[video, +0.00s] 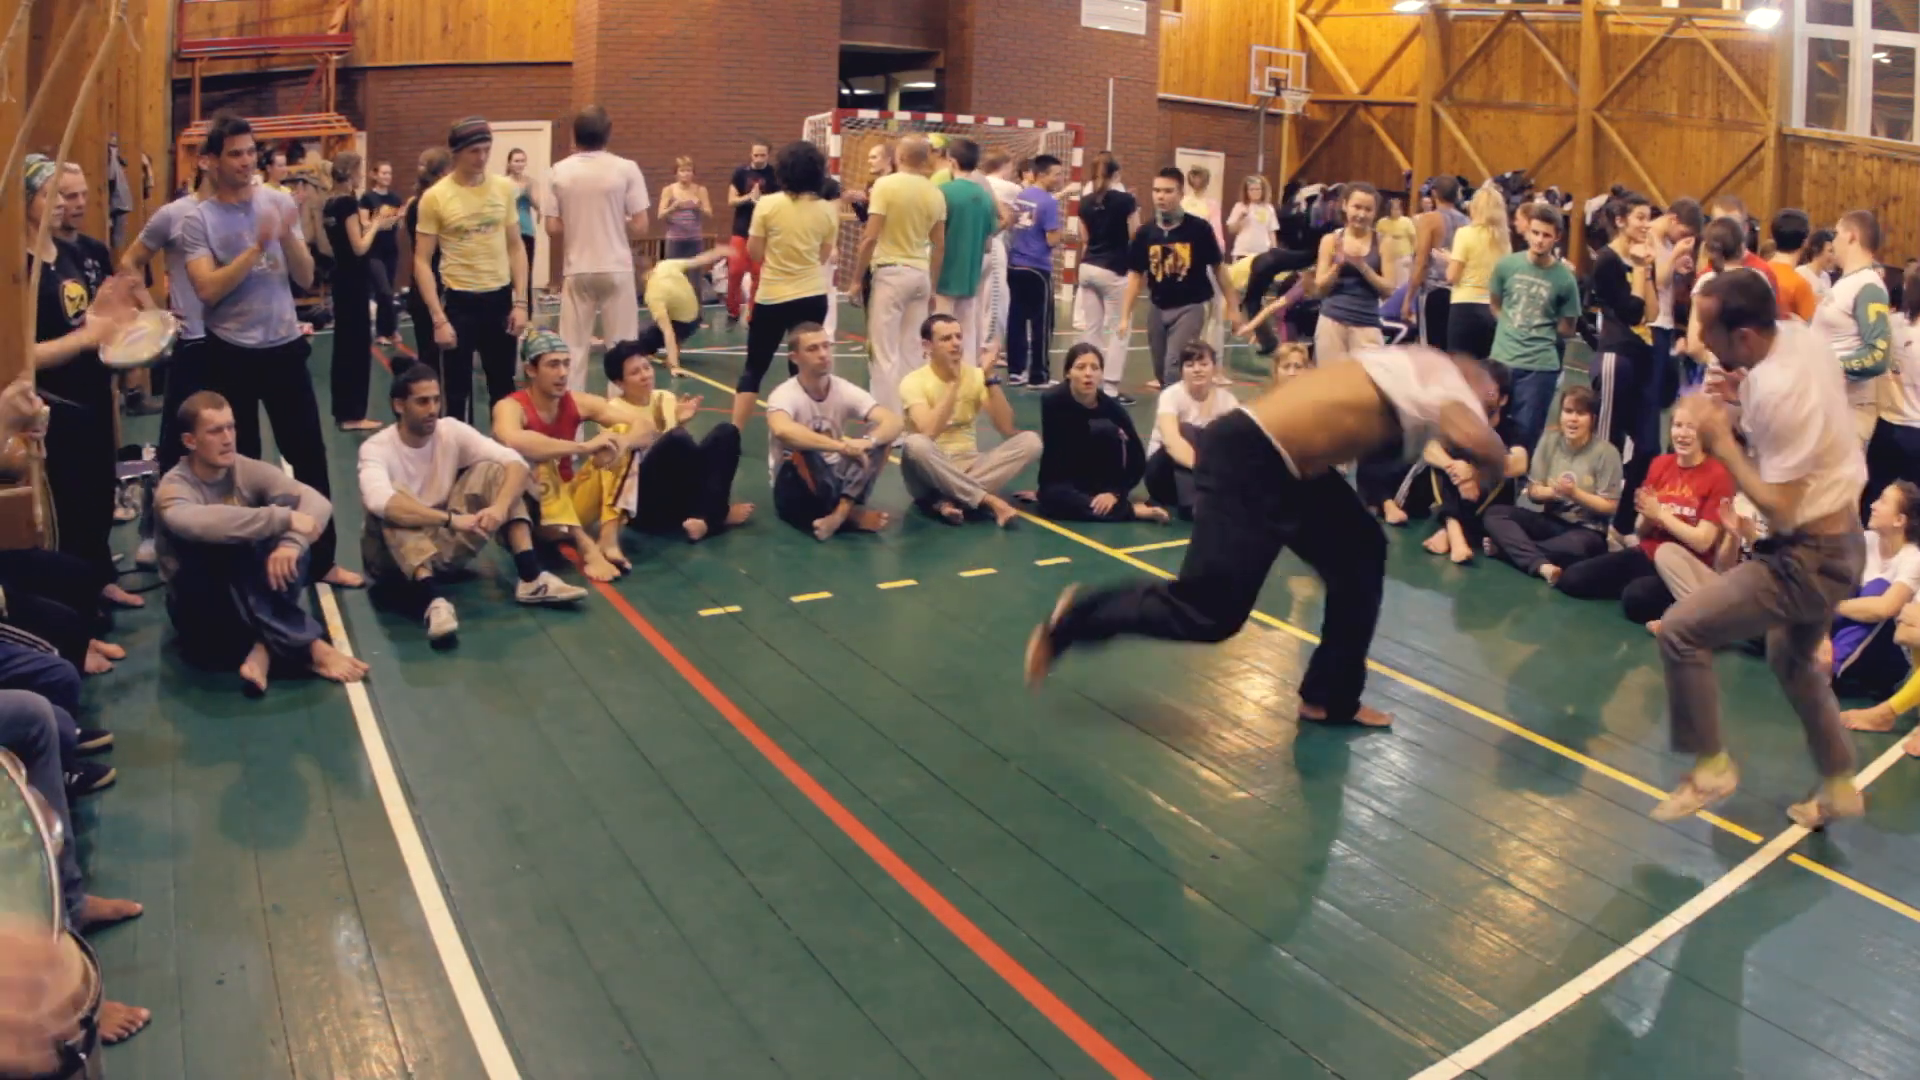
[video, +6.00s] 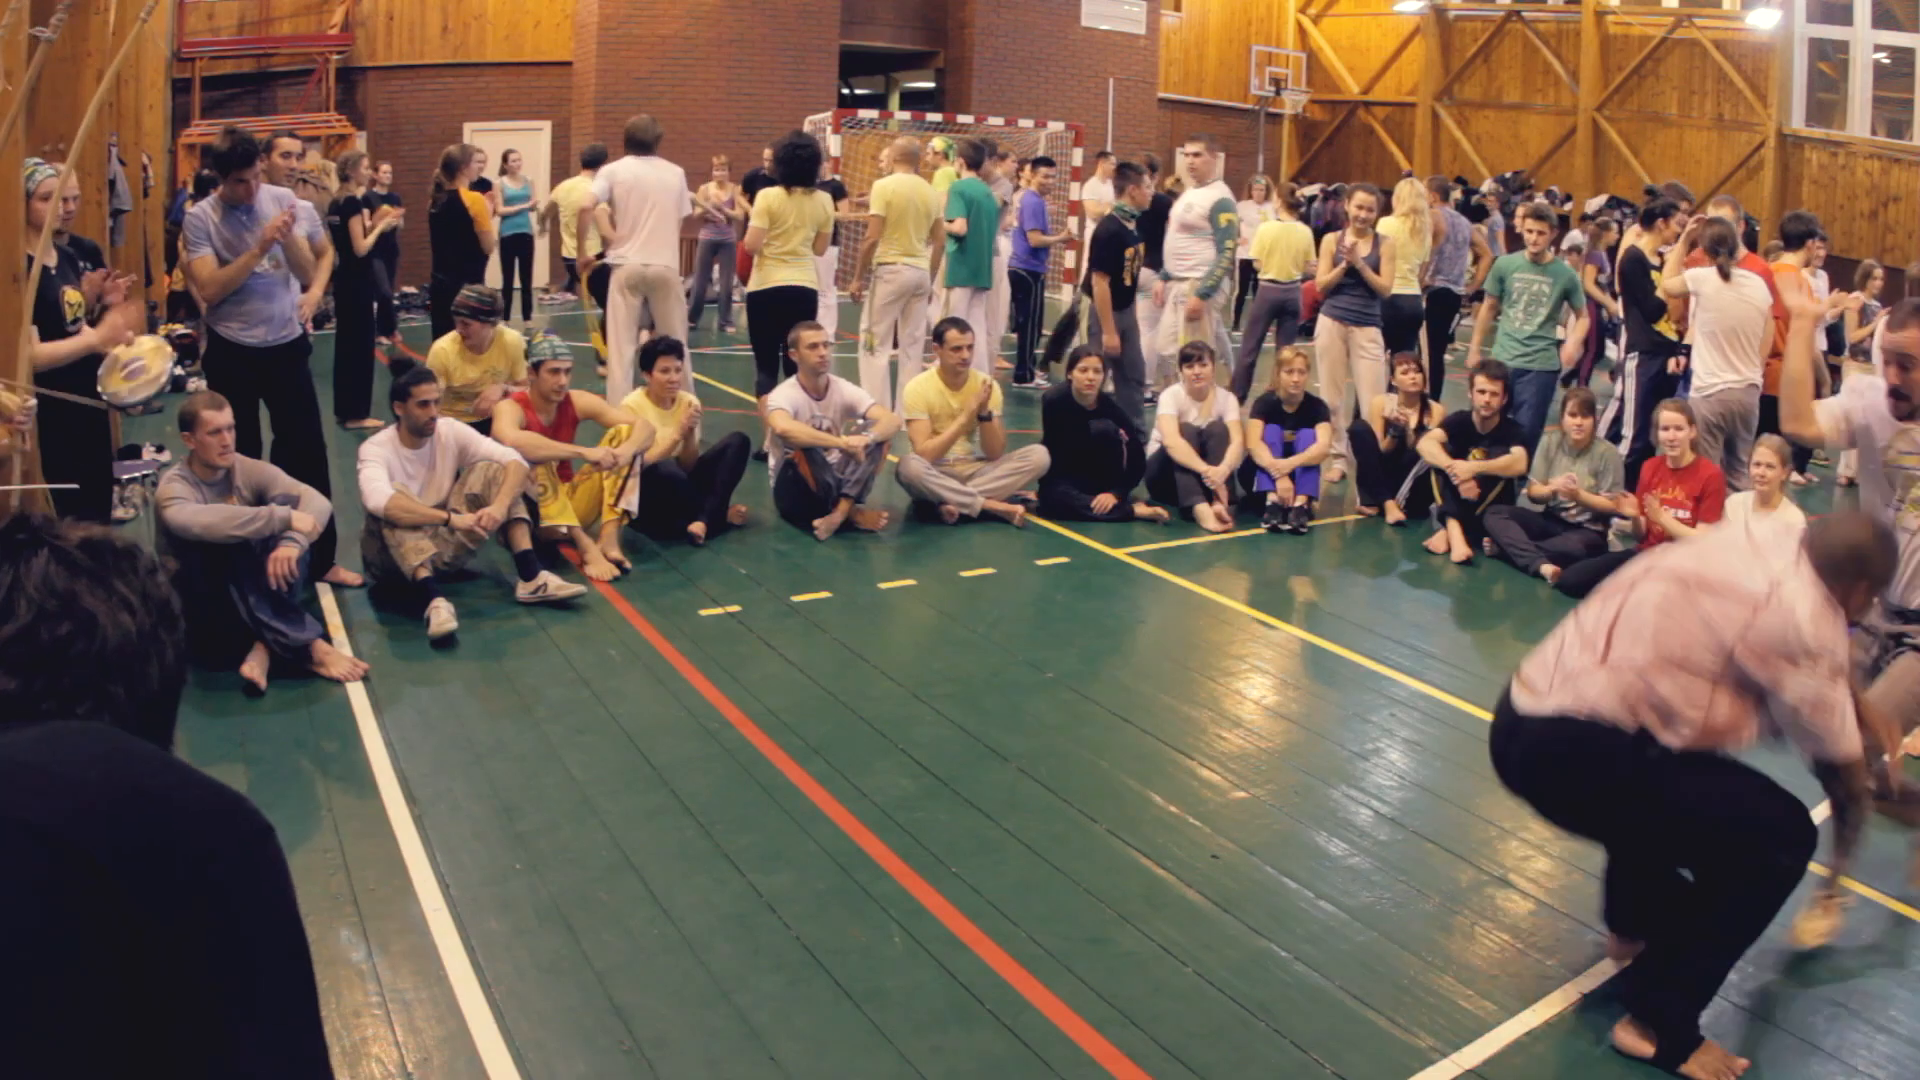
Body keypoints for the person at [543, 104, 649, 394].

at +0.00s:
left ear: (575, 135)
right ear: (608, 134)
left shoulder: (559, 172)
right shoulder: (627, 169)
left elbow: (553, 227)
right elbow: (641, 227)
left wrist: (579, 227)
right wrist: (614, 227)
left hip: (578, 266)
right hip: (616, 265)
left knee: (574, 349)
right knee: (622, 349)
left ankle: (570, 418)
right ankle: (621, 421)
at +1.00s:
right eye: (641, 133)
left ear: (608, 134)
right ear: (639, 136)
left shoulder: (587, 168)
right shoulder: (654, 172)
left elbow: (574, 223)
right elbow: (662, 231)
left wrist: (598, 221)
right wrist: (638, 223)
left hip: (596, 267)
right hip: (635, 269)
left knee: (584, 349)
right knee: (634, 351)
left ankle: (574, 421)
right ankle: (630, 423)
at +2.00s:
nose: (603, 134)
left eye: (601, 128)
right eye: (599, 129)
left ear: (567, 140)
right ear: (590, 135)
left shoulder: (553, 174)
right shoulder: (609, 164)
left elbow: (550, 231)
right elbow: (624, 217)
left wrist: (573, 236)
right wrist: (612, 240)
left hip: (568, 264)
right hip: (603, 261)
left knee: (570, 341)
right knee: (620, 339)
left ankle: (568, 402)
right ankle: (619, 405)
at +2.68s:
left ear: (611, 135)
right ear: (644, 136)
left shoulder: (594, 170)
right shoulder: (661, 172)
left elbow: (582, 224)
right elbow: (670, 229)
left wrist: (609, 217)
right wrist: (643, 221)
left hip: (602, 270)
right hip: (643, 270)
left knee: (592, 354)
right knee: (643, 355)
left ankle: (584, 437)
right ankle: (639, 435)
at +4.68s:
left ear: (607, 143)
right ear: (639, 142)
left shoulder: (591, 176)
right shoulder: (659, 174)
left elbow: (581, 229)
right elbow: (675, 228)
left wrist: (609, 228)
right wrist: (645, 228)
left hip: (608, 268)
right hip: (647, 268)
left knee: (596, 351)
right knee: (666, 344)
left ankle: (585, 425)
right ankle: (674, 416)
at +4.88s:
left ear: (635, 140)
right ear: (667, 140)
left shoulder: (619, 169)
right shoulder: (685, 171)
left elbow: (600, 218)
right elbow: (696, 228)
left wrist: (619, 248)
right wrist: (671, 246)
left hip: (633, 263)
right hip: (674, 262)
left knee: (613, 343)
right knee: (684, 342)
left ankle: (596, 420)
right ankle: (689, 415)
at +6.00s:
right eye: (658, 138)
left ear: (626, 141)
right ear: (658, 141)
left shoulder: (613, 170)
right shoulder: (675, 173)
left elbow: (586, 206)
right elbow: (684, 218)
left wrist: (582, 252)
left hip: (625, 266)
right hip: (664, 267)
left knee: (621, 346)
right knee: (676, 346)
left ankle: (619, 419)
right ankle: (686, 417)